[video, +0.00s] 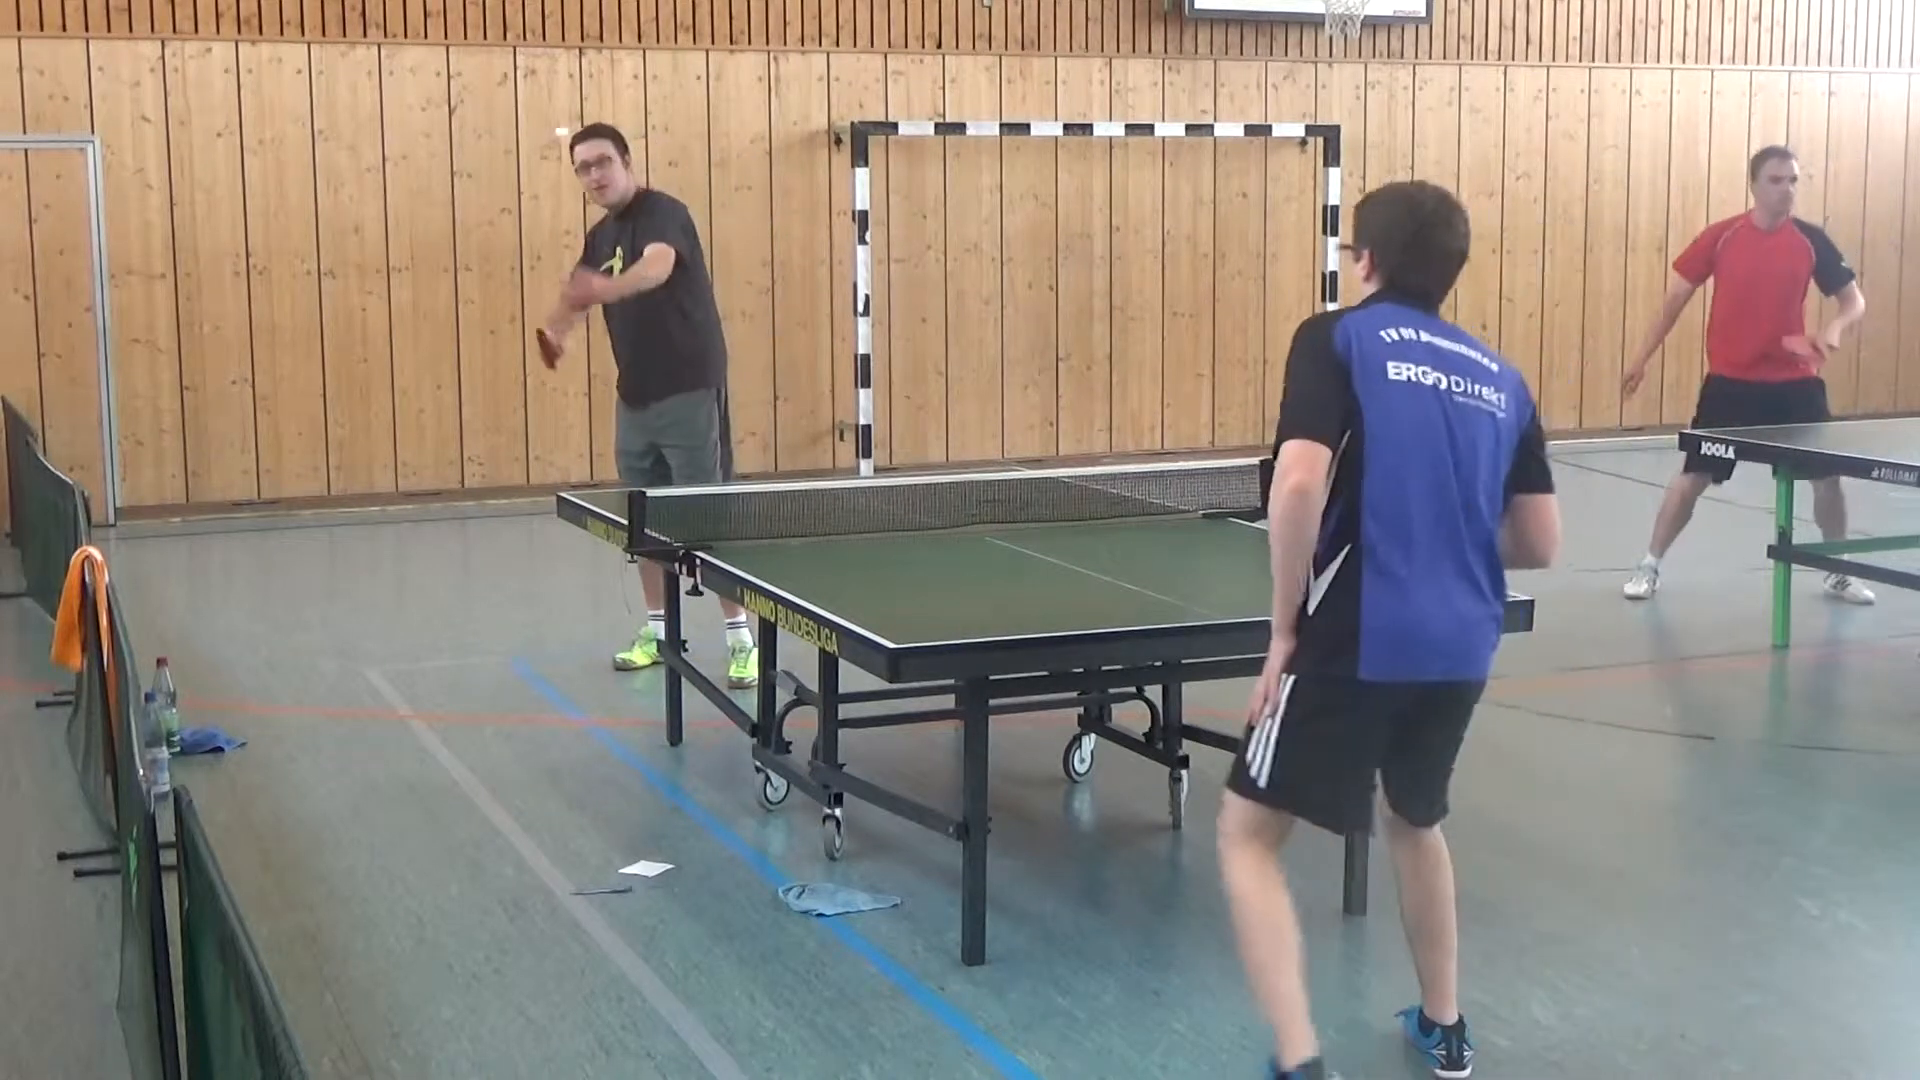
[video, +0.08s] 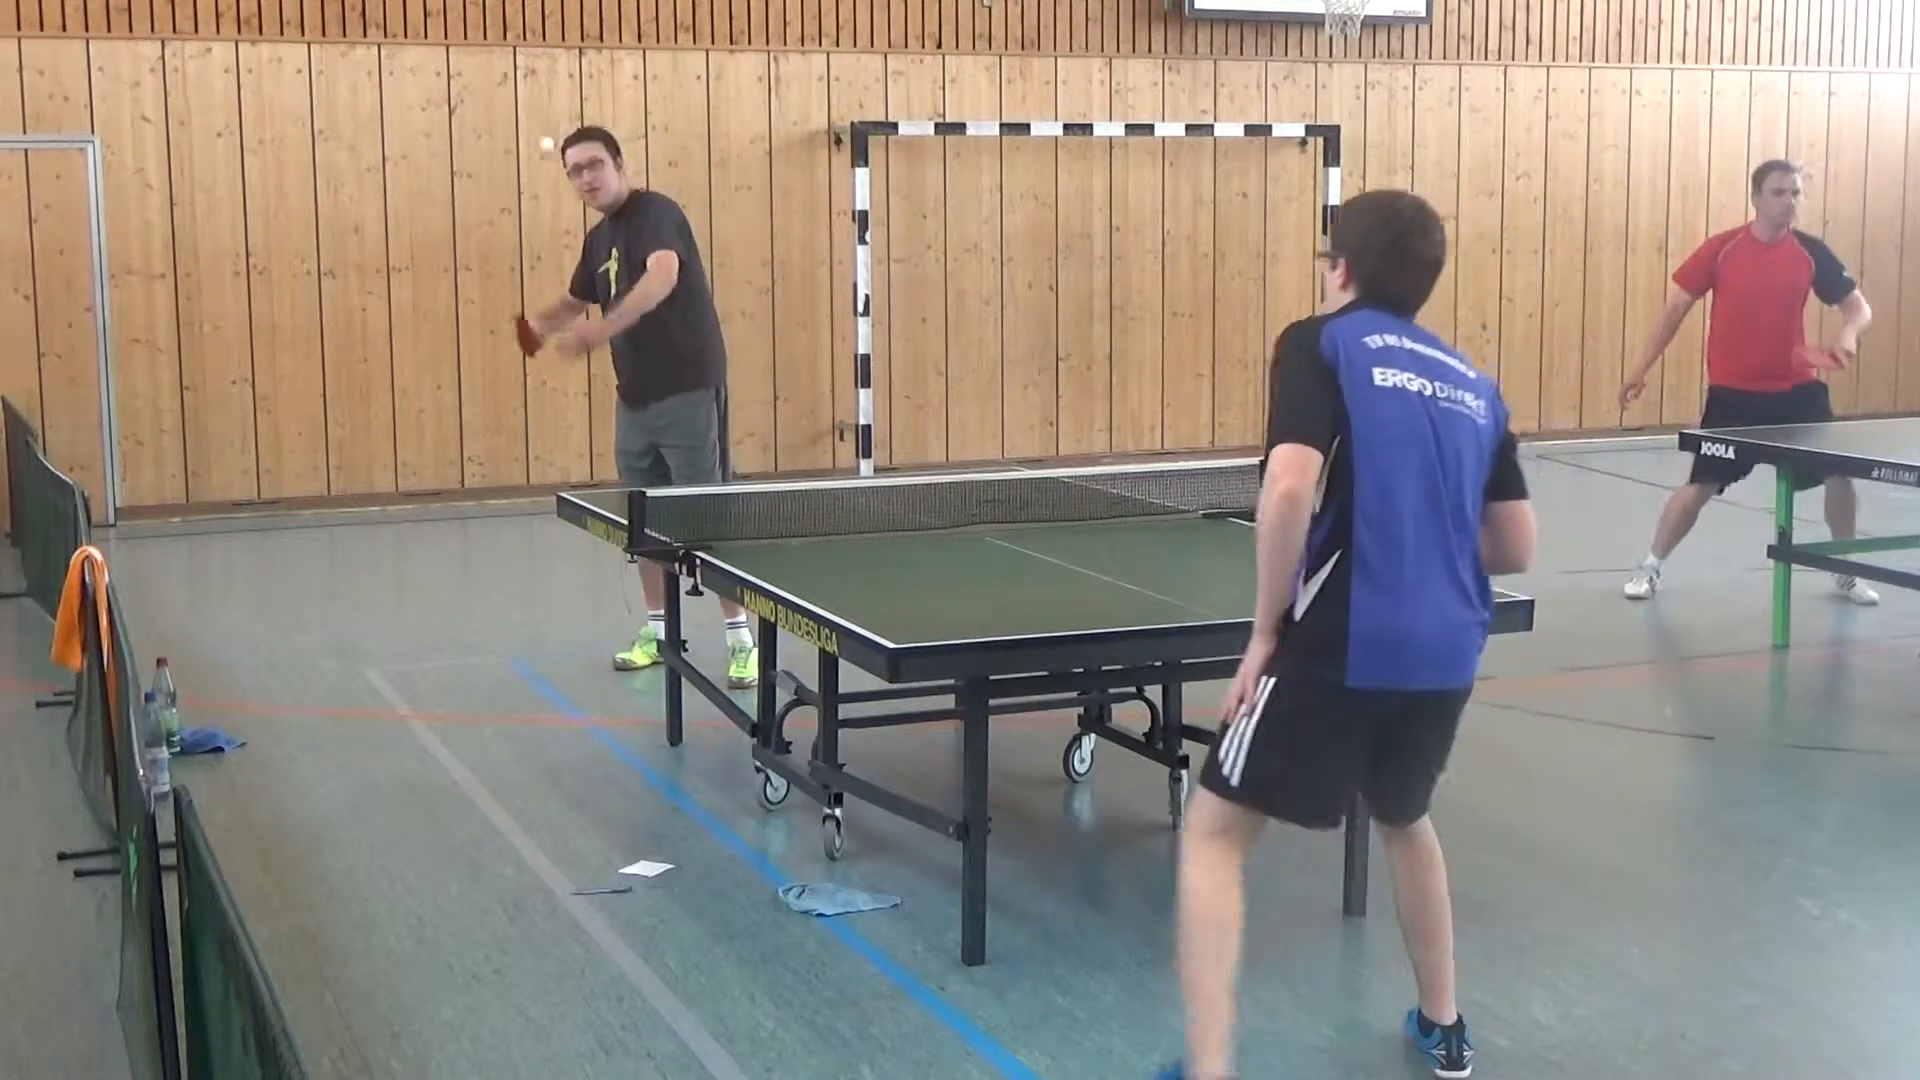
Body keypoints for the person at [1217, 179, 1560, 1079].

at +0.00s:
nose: (1346, 267)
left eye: (1352, 254)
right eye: (1352, 252)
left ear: (1371, 265)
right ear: (1449, 275)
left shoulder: (1334, 338)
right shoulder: (1503, 378)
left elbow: (1301, 482)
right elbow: (1538, 542)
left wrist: (1283, 626)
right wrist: (1446, 526)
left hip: (1353, 643)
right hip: (1461, 651)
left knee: (1248, 834)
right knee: (1417, 818)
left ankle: (1297, 1058)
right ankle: (1444, 1024)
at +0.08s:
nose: (1322, 275)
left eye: (1328, 261)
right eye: (1326, 260)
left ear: (1348, 272)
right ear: (1424, 281)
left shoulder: (1318, 344)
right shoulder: (1474, 381)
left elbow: (1290, 486)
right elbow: (1515, 546)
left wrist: (1266, 628)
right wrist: (1417, 541)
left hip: (1340, 650)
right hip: (1446, 657)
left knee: (1215, 831)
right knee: (1406, 818)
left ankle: (1207, 1065)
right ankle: (1444, 1027)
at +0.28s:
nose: (1247, 307)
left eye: (1251, 295)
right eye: (1251, 293)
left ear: (1269, 304)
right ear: (1350, 313)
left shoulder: (1238, 372)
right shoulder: (1403, 405)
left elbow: (1193, 512)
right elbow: (1446, 575)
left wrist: (1192, 651)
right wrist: (1365, 573)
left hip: (1271, 670)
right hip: (1382, 678)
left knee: (1138, 856)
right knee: (1374, 825)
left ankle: (1068, 1069)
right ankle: (1441, 1026)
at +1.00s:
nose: (1247, 366)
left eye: (1248, 352)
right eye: (1248, 352)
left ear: (1270, 351)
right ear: (1345, 342)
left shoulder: (1264, 411)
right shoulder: (1420, 413)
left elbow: (1185, 560)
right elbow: (1428, 543)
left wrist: (1235, 504)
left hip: (1306, 692)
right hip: (1420, 694)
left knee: (1166, 859)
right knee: (1417, 823)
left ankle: (1076, 1068)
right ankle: (1493, 1016)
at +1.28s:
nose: (1325, 362)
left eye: (1323, 344)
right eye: (1321, 344)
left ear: (1351, 340)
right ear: (1410, 330)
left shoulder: (1386, 392)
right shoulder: (1464, 392)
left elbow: (1316, 540)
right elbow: (1442, 522)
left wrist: (1367, 485)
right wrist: (1358, 480)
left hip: (1400, 680)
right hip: (1475, 679)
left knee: (1255, 863)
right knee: (1400, 839)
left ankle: (1201, 1069)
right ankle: (1489, 1021)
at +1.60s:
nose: (1318, 331)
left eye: (1320, 316)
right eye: (1318, 316)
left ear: (1342, 320)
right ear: (1418, 314)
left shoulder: (1356, 396)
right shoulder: (1485, 404)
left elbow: (1272, 563)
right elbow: (1544, 582)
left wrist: (1283, 559)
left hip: (1404, 696)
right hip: (1497, 691)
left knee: (1272, 898)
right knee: (1441, 848)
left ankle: (1315, 1068)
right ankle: (1504, 1018)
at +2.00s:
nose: (1292, 309)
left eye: (1292, 293)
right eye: (1291, 292)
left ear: (1312, 297)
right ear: (1392, 288)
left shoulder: (1315, 372)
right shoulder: (1478, 382)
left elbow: (1302, 521)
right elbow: (1539, 539)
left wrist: (1261, 582)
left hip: (1387, 682)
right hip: (1505, 682)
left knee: (1254, 889)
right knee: (1502, 873)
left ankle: (1258, 1071)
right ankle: (1567, 1070)